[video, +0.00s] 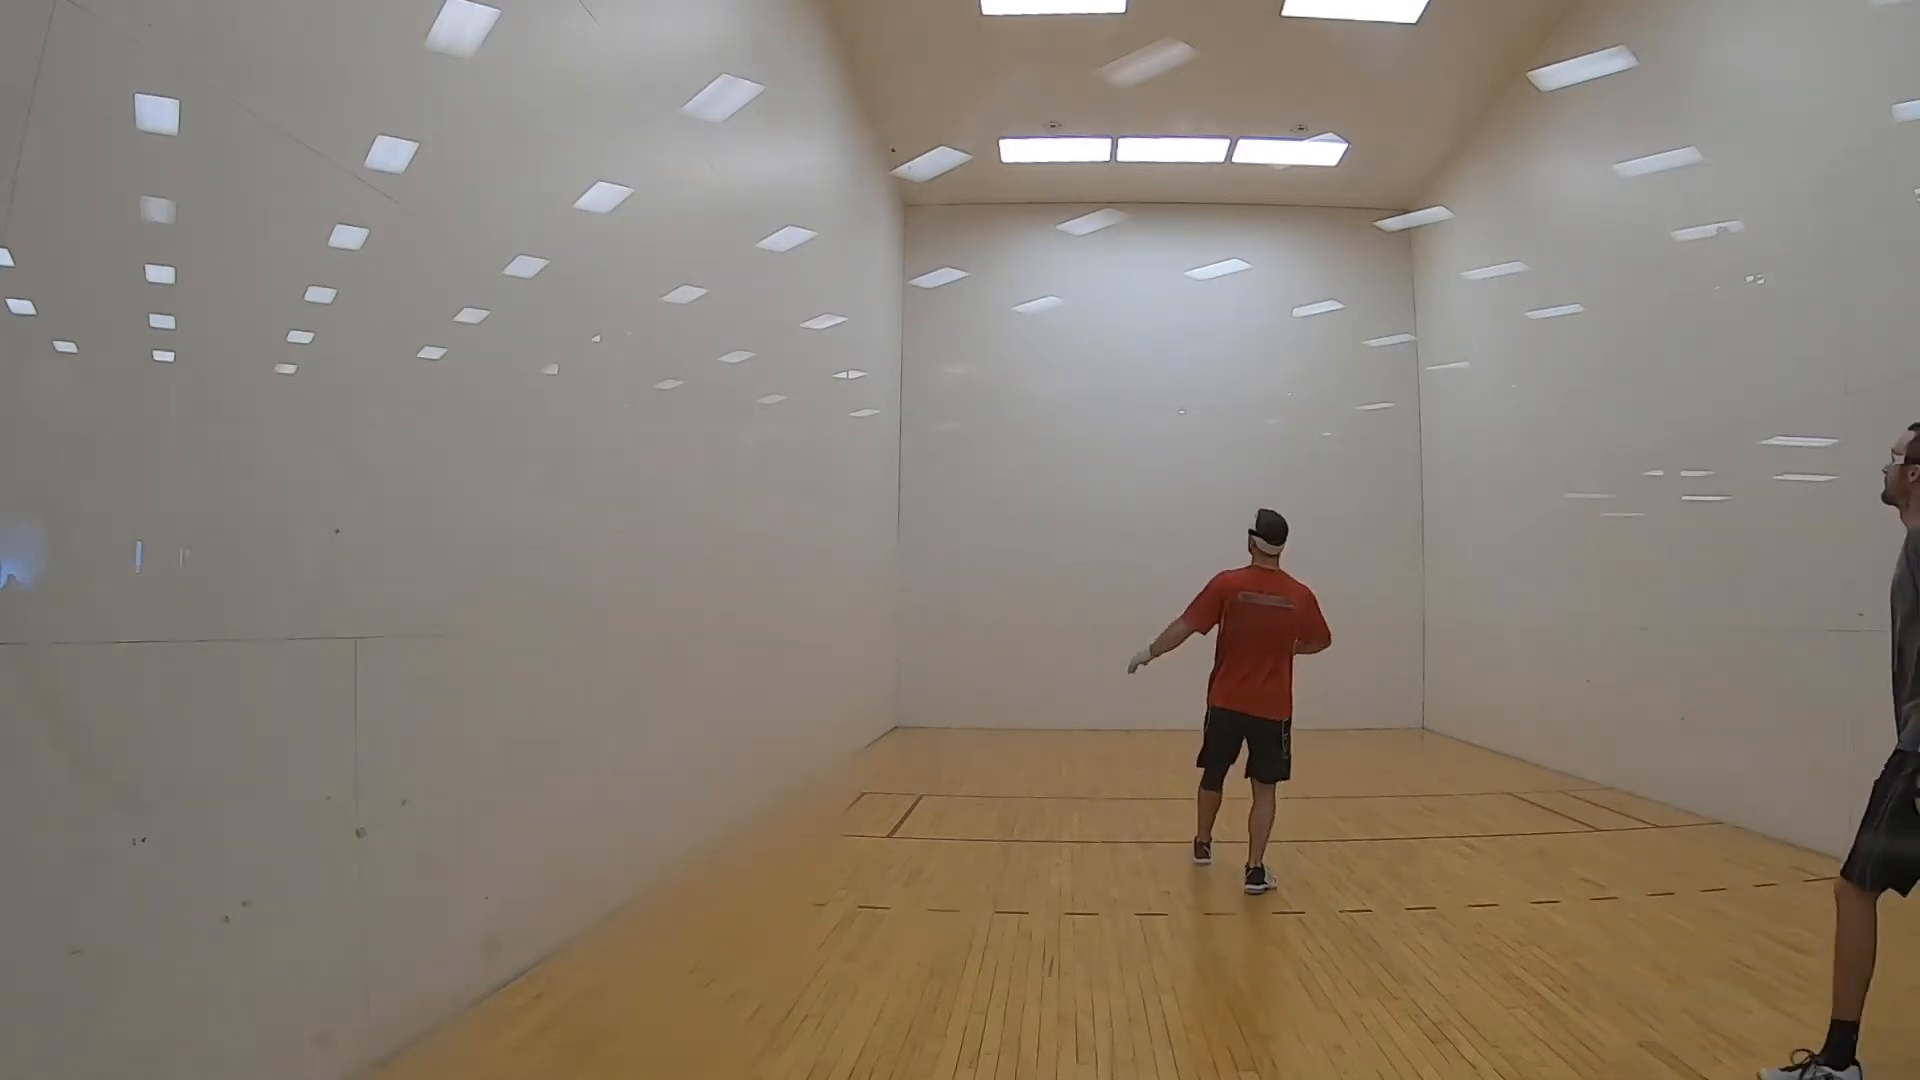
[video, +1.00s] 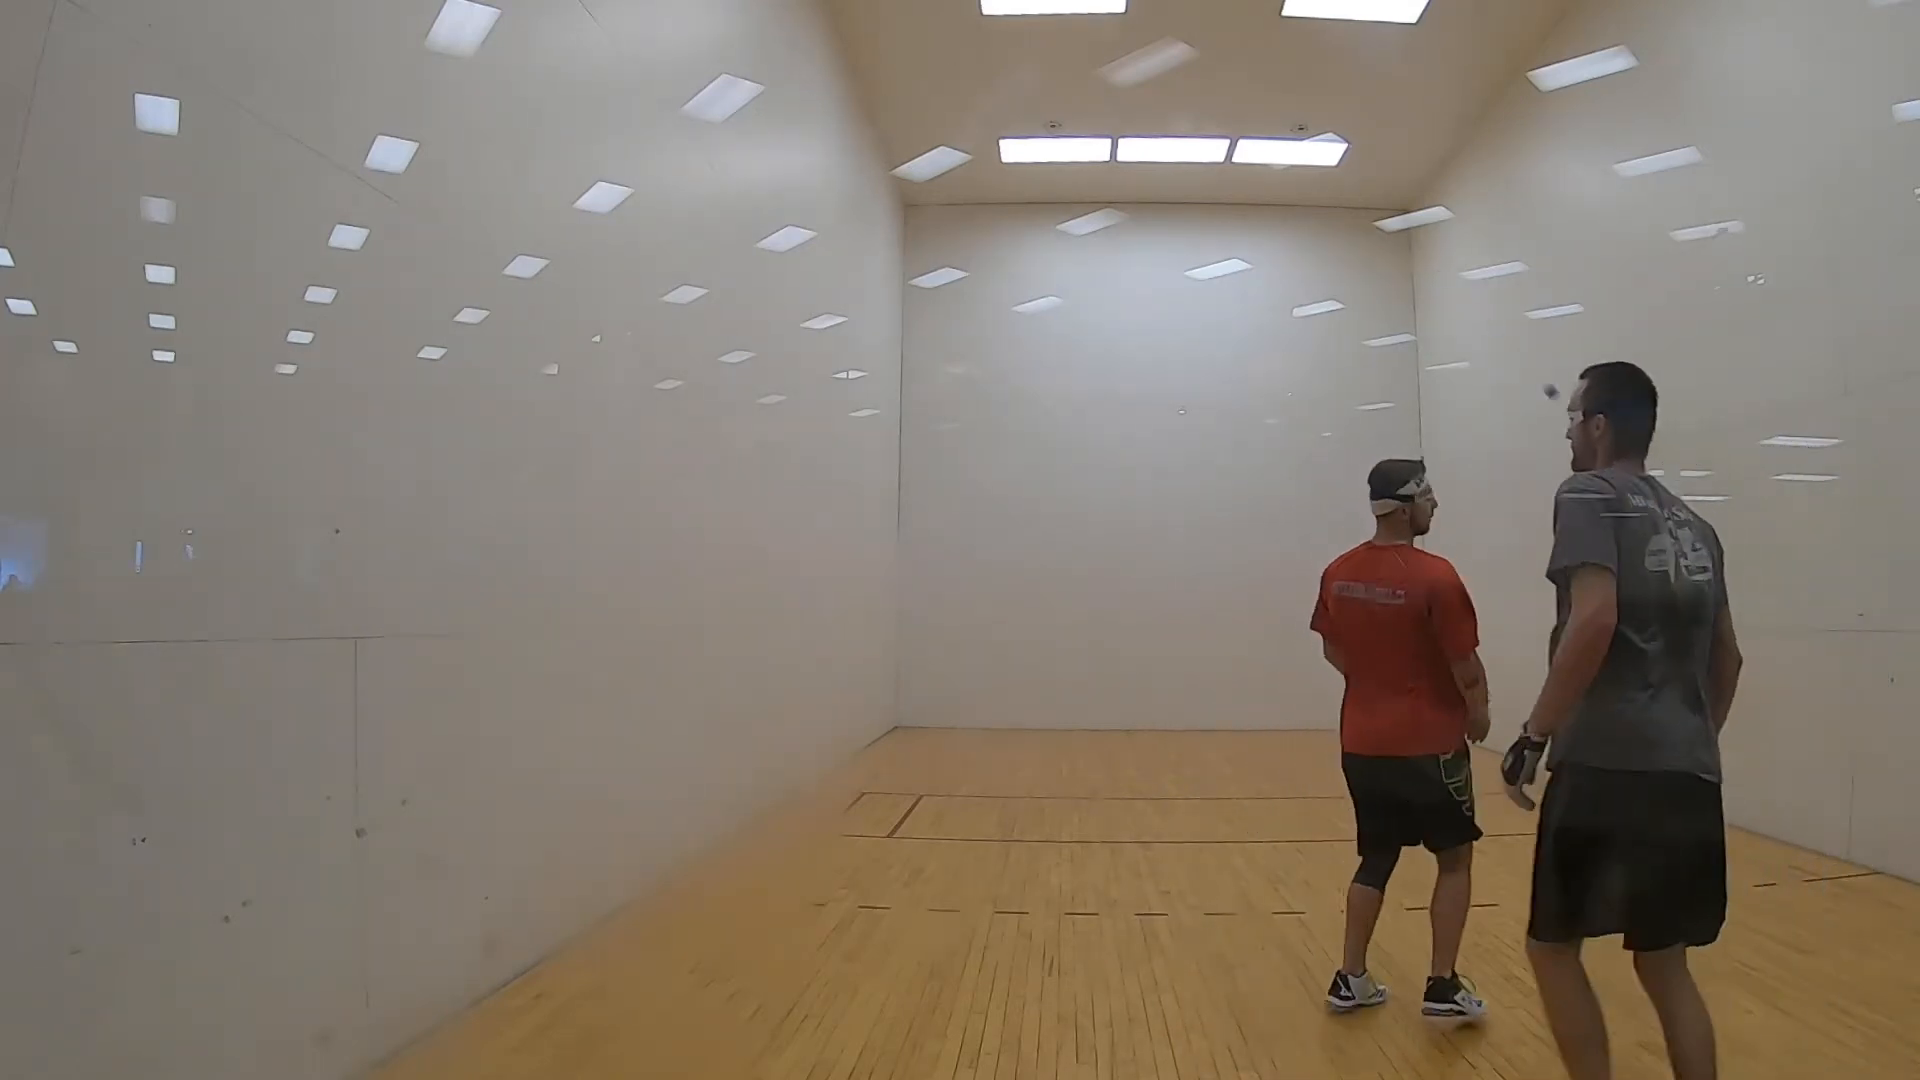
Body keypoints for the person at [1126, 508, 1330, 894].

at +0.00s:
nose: (1248, 541)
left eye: (1249, 536)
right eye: (1257, 537)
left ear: (1252, 541)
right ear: (1283, 545)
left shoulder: (1226, 583)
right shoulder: (1300, 595)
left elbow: (1186, 626)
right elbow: (1320, 641)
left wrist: (1149, 652)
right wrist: (1284, 644)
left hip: (1226, 701)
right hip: (1272, 708)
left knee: (1213, 774)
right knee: (1264, 789)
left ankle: (1203, 843)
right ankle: (1255, 869)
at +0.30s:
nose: (1258, 548)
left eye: (1260, 543)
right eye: (1267, 544)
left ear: (1262, 549)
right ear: (1298, 554)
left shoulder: (1238, 597)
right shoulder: (1319, 603)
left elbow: (1199, 656)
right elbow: (1358, 650)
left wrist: (1199, 661)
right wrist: (1351, 695)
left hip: (1245, 729)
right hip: (1294, 731)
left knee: (1224, 817)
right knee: (1265, 799)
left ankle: (1228, 912)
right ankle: (1265, 884)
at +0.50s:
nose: (1281, 527)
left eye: (1283, 522)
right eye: (1290, 523)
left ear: (1286, 528)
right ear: (1324, 534)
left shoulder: (1259, 579)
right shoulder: (1348, 587)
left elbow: (1227, 639)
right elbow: (1376, 648)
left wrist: (1223, 678)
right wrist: (1347, 687)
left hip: (1274, 722)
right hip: (1330, 722)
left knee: (1252, 819)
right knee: (1319, 807)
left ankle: (1236, 929)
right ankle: (1317, 905)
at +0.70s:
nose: (1325, 529)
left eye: (1326, 523)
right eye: (1336, 524)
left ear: (1328, 529)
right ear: (1370, 535)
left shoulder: (1299, 587)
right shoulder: (1395, 593)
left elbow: (1263, 648)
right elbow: (1424, 663)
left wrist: (1267, 681)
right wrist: (1393, 701)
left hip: (1312, 746)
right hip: (1375, 747)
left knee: (1281, 840)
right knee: (1366, 846)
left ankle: (1271, 950)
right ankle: (1392, 945)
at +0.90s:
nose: (1391, 494)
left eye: (1377, 486)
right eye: (1398, 486)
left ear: (1356, 490)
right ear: (1403, 492)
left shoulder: (1321, 554)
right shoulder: (1433, 558)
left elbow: (1310, 626)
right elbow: (1458, 645)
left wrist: (1346, 663)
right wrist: (1446, 692)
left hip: (1345, 719)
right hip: (1411, 720)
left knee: (1353, 831)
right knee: (1417, 843)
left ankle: (1338, 954)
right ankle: (1418, 958)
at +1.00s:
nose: (1434, 504)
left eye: (1431, 495)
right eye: (1427, 496)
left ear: (1380, 508)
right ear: (1406, 506)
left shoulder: (1339, 571)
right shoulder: (1435, 575)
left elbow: (1332, 651)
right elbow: (1465, 668)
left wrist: (1374, 682)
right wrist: (1478, 710)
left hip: (1364, 745)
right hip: (1430, 747)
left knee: (1376, 854)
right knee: (1454, 858)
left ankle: (1350, 978)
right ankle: (1442, 985)